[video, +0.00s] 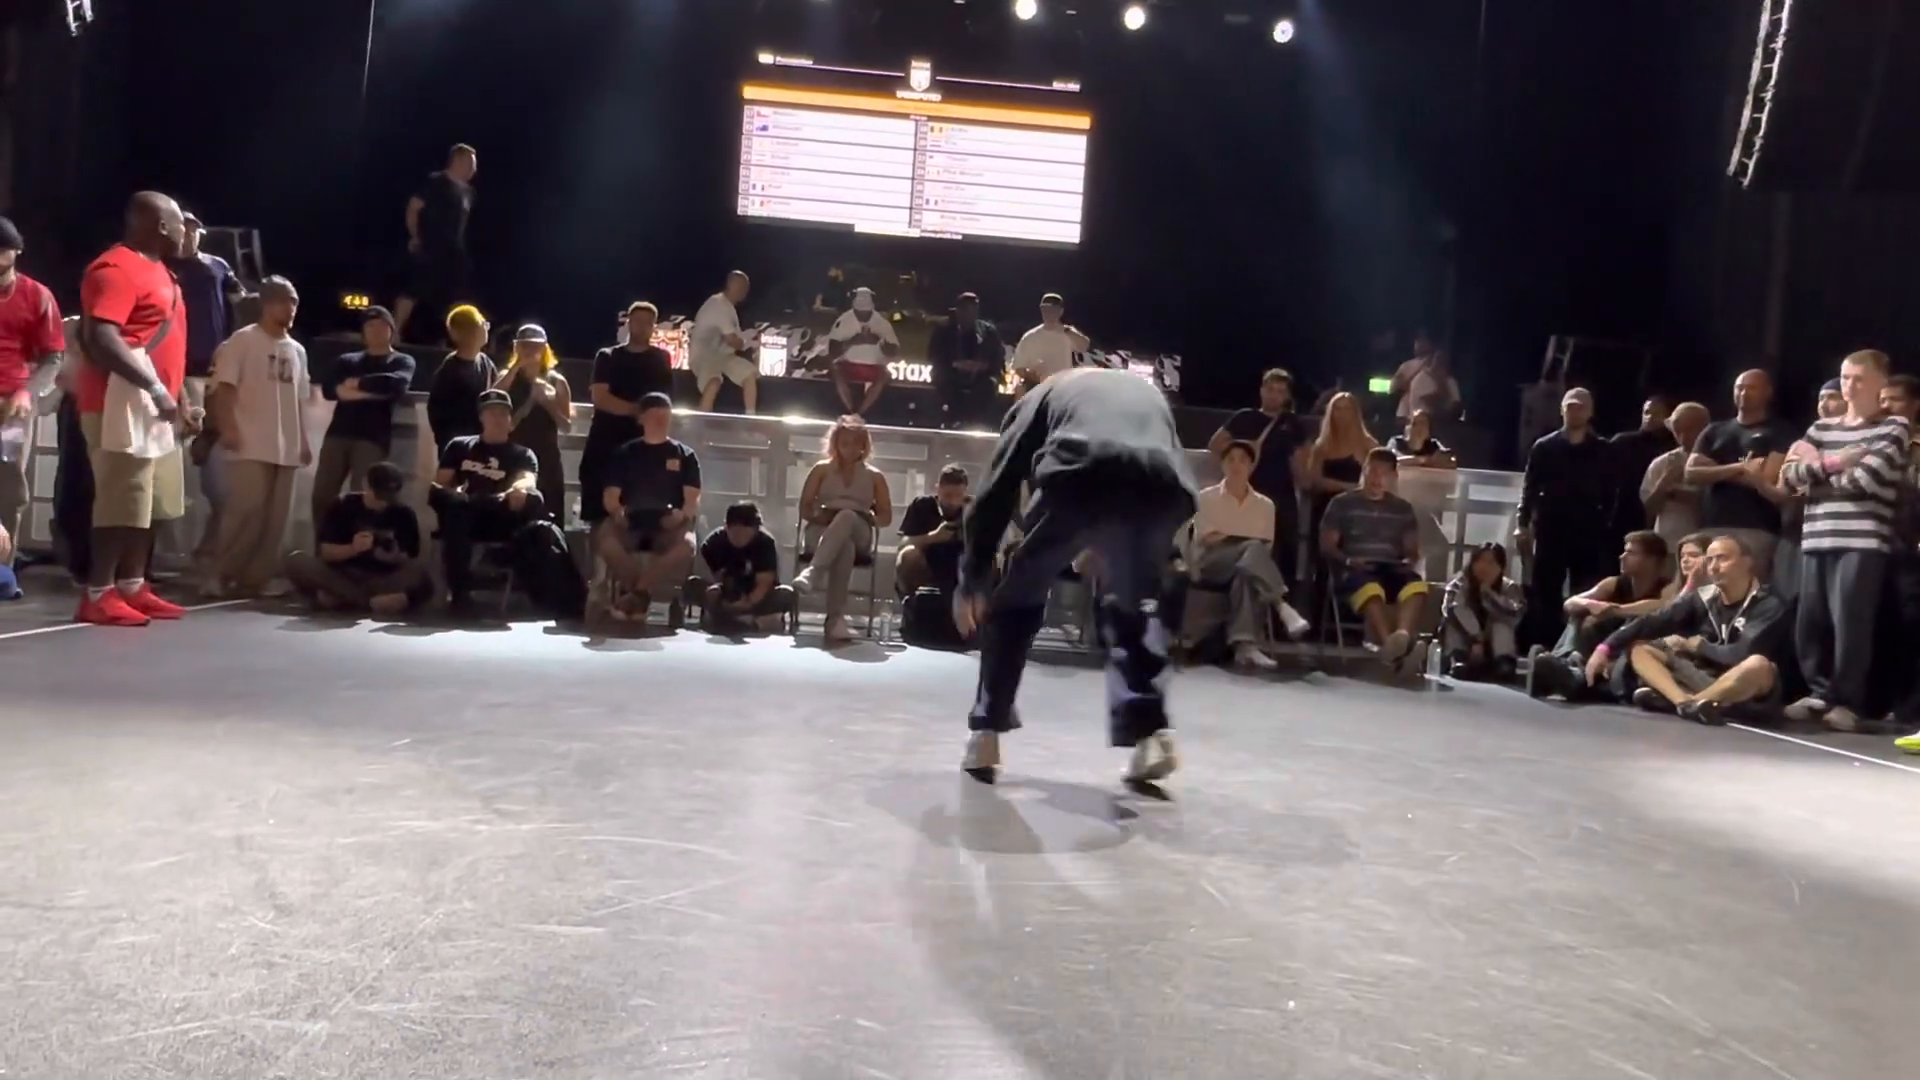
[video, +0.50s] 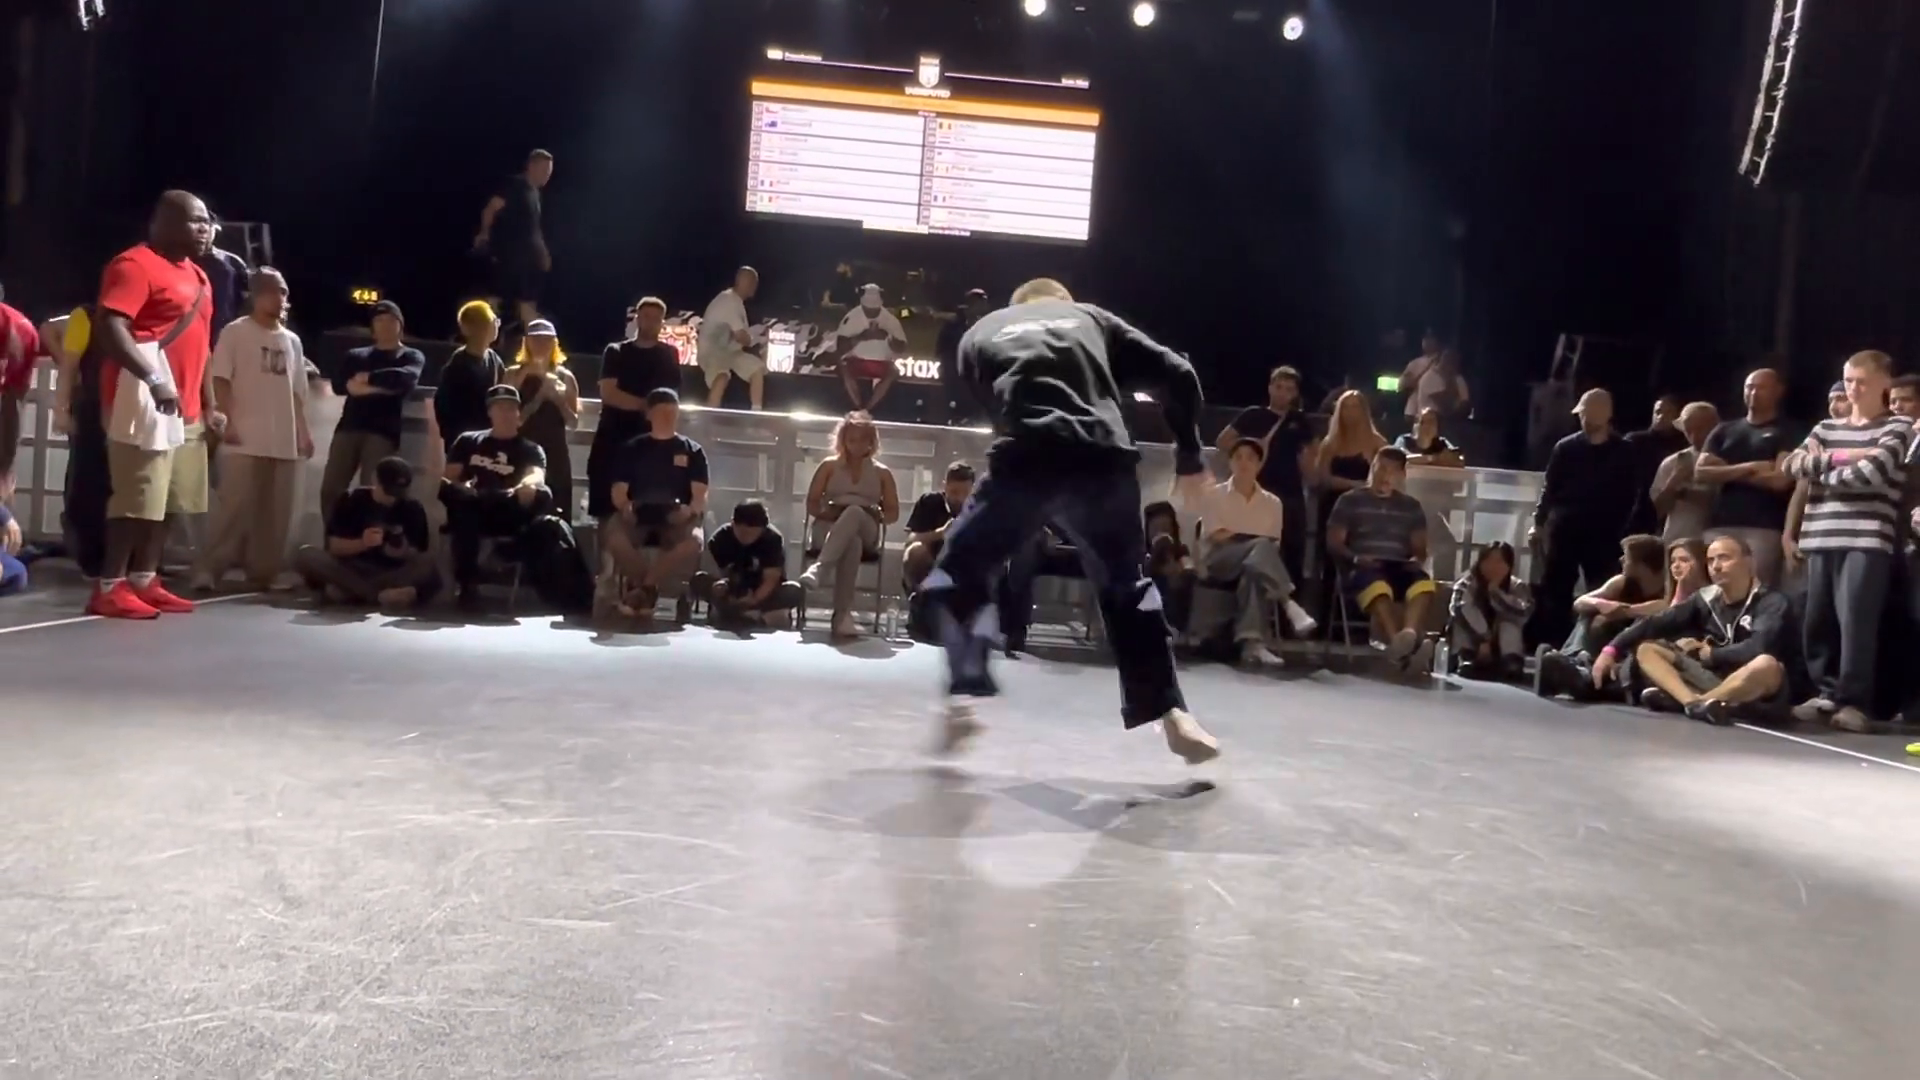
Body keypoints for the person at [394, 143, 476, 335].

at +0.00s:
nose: (474, 167)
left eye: (475, 162)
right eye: (471, 161)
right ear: (458, 161)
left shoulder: (467, 191)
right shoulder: (436, 181)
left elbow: (461, 221)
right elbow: (413, 207)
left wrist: (458, 242)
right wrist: (414, 237)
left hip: (455, 249)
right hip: (429, 246)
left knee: (457, 294)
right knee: (412, 292)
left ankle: (458, 340)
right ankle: (395, 332)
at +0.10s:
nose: (491, 171)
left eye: (493, 166)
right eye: (489, 165)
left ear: (490, 166)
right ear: (477, 162)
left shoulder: (482, 192)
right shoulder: (454, 181)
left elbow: (475, 221)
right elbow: (430, 207)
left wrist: (473, 243)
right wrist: (427, 235)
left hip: (468, 249)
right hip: (443, 246)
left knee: (466, 296)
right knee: (423, 291)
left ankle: (461, 341)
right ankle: (400, 333)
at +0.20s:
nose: (508, 171)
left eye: (509, 167)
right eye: (505, 165)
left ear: (507, 168)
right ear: (492, 163)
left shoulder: (498, 192)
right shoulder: (471, 181)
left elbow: (489, 221)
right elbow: (448, 204)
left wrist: (487, 244)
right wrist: (441, 231)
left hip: (484, 248)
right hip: (460, 244)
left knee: (483, 293)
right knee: (446, 288)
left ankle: (479, 339)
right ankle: (420, 329)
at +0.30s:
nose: (522, 172)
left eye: (523, 167)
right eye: (520, 166)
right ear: (509, 163)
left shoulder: (511, 193)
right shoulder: (487, 182)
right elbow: (462, 205)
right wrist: (454, 230)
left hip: (496, 249)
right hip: (478, 246)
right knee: (474, 292)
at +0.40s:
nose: (535, 171)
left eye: (536, 166)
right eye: (532, 165)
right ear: (521, 164)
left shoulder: (522, 192)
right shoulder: (502, 183)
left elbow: (518, 227)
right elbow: (476, 204)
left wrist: (521, 253)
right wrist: (468, 230)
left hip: (511, 253)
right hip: (494, 250)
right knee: (495, 300)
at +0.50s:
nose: (548, 174)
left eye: (549, 169)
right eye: (544, 168)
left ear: (549, 170)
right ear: (532, 166)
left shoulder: (534, 193)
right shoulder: (515, 186)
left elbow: (534, 230)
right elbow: (491, 209)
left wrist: (543, 254)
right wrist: (484, 233)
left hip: (528, 254)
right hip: (505, 251)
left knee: (527, 302)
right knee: (494, 297)